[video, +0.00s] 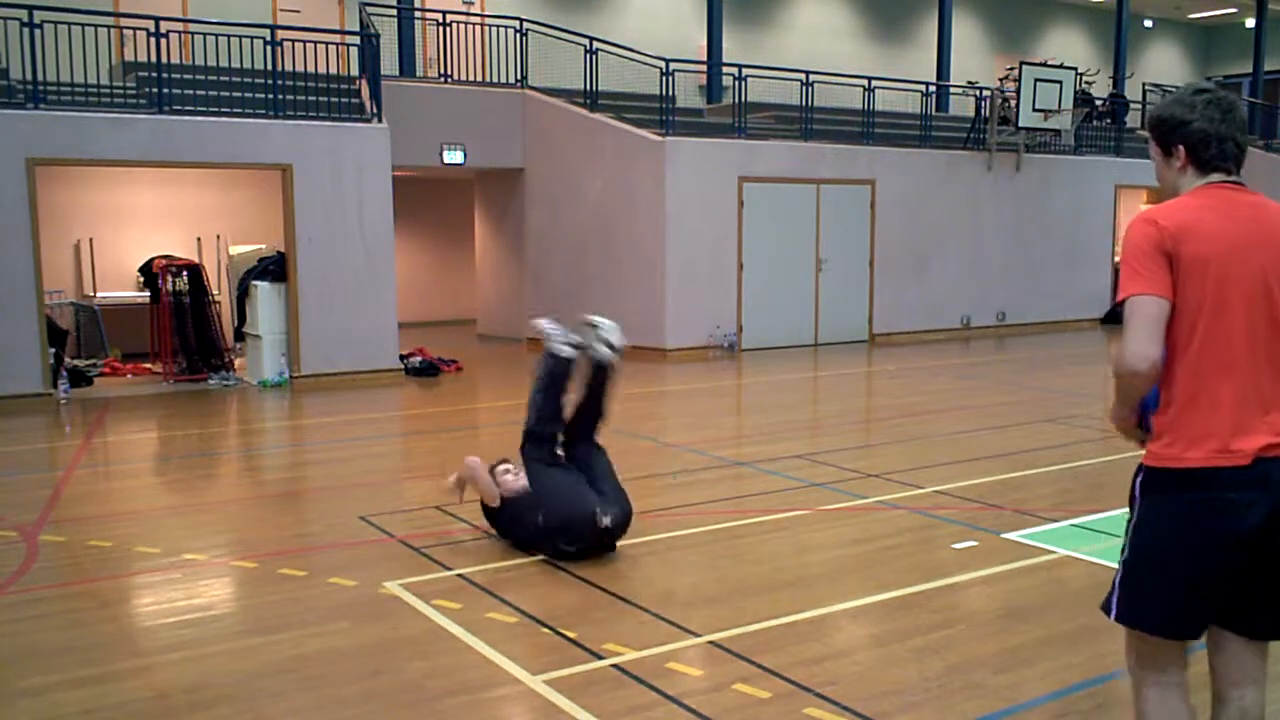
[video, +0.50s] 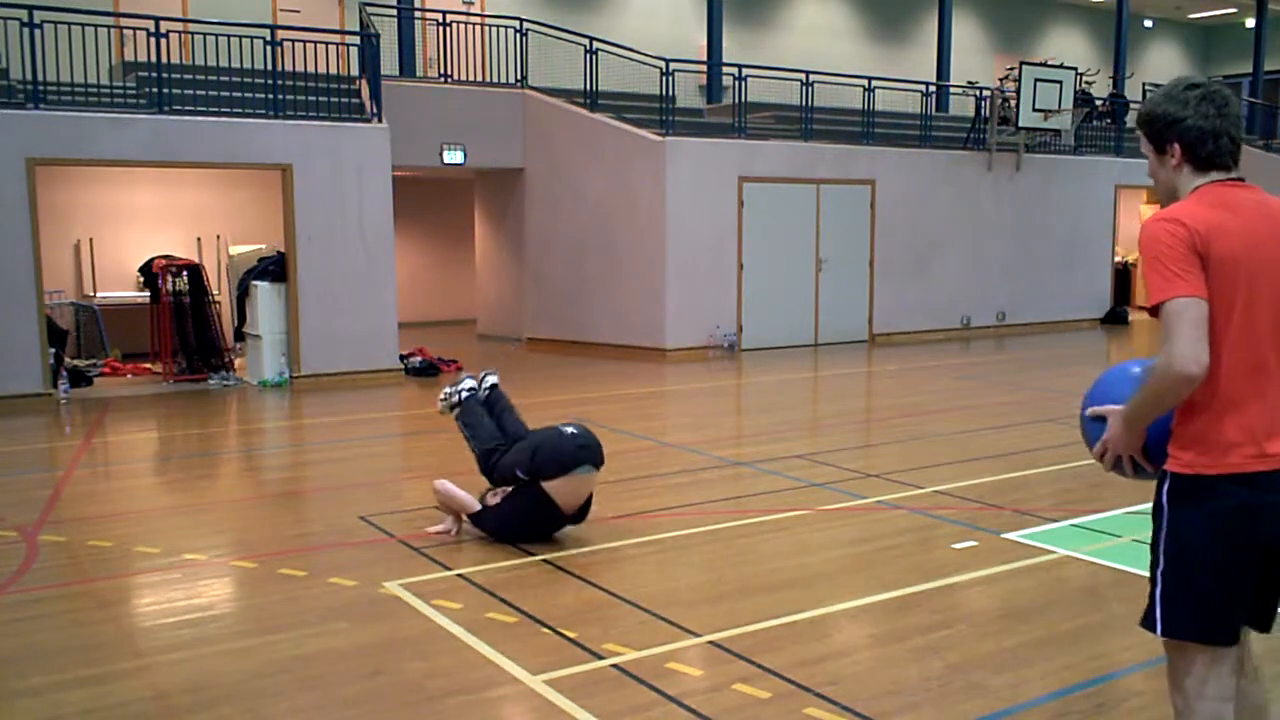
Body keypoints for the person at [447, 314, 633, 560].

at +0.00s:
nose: (515, 472)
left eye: (515, 469)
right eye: (506, 473)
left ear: (526, 473)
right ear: (497, 487)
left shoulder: (549, 493)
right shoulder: (502, 513)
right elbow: (473, 464)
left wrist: (591, 363)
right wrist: (460, 480)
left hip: (615, 520)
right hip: (574, 528)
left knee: (580, 440)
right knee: (538, 447)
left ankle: (602, 362)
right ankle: (558, 356)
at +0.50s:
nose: (499, 490)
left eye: (497, 490)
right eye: (492, 495)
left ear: (504, 490)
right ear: (491, 507)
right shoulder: (498, 523)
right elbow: (440, 487)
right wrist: (453, 520)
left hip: (590, 445)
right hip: (556, 449)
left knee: (525, 449)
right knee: (495, 467)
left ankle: (491, 391)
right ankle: (466, 398)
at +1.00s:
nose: (518, 475)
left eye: (519, 472)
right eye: (509, 474)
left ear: (527, 475)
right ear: (496, 490)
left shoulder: (549, 486)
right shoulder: (498, 512)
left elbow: (570, 453)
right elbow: (456, 480)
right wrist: (454, 496)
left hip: (609, 523)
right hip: (570, 531)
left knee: (581, 454)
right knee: (531, 450)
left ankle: (602, 408)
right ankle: (574, 399)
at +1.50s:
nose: (620, 400)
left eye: (623, 393)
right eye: (612, 393)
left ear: (627, 395)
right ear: (591, 395)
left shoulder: (636, 426)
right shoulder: (570, 423)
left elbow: (700, 438)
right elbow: (584, 445)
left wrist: (751, 435)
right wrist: (630, 435)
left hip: (623, 518)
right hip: (579, 527)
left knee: (646, 455)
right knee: (609, 521)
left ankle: (637, 562)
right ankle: (689, 575)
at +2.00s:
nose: (679, 365)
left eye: (683, 357)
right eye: (670, 358)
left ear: (688, 357)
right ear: (649, 358)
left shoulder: (689, 386)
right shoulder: (631, 376)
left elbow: (742, 390)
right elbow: (635, 391)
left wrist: (789, 381)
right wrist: (686, 380)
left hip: (642, 471)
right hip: (594, 470)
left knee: (671, 479)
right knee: (638, 461)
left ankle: (642, 563)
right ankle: (667, 568)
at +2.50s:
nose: (676, 298)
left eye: (679, 290)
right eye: (666, 292)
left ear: (684, 293)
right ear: (646, 298)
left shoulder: (688, 331)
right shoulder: (625, 331)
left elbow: (751, 386)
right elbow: (622, 389)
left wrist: (739, 361)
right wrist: (679, 359)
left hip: (653, 420)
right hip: (607, 413)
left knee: (661, 483)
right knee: (627, 444)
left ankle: (645, 561)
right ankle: (634, 555)